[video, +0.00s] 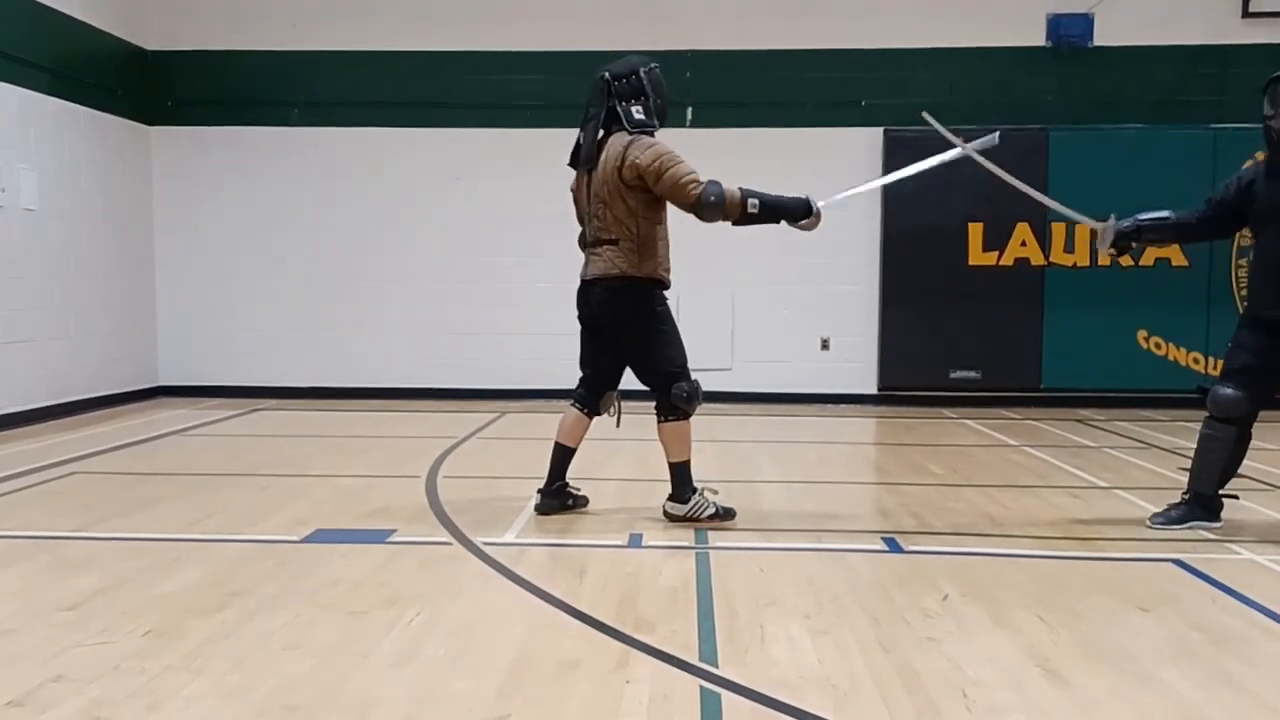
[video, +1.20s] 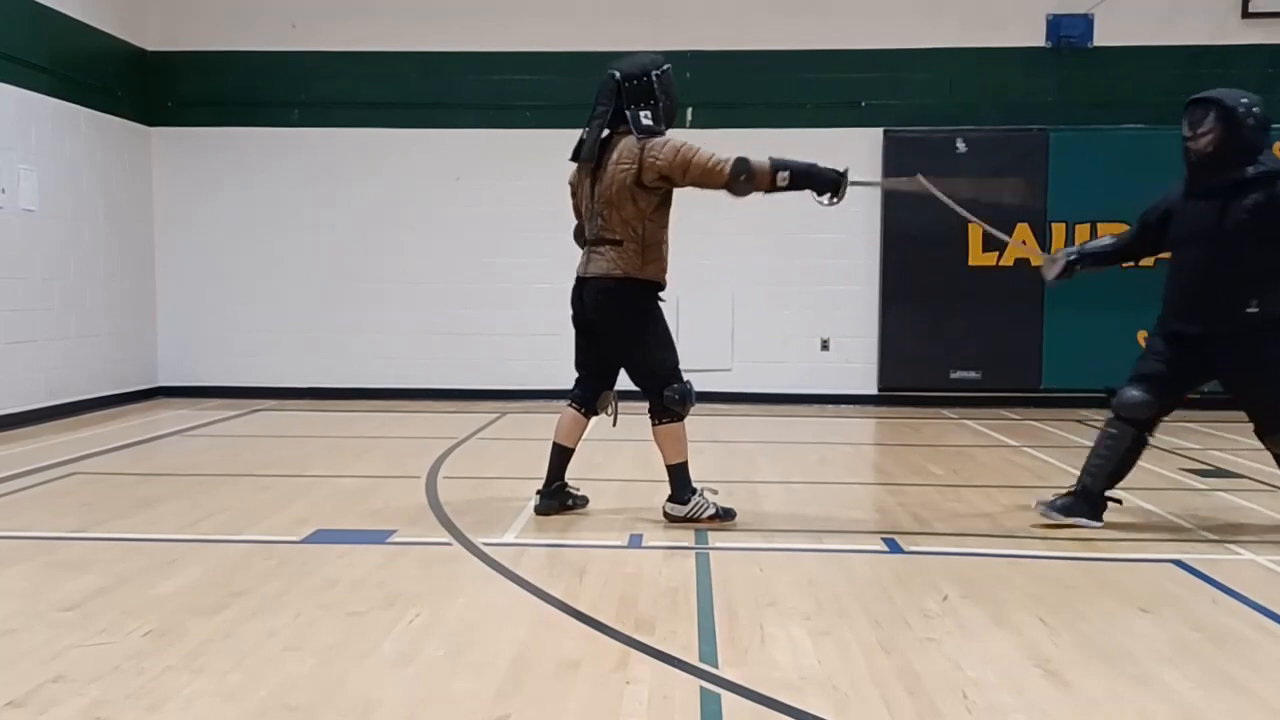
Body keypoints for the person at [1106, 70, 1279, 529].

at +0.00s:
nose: (1274, 124)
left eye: (1277, 116)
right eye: (1272, 115)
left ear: (1277, 123)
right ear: (1266, 121)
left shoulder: (1263, 180)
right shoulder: (1261, 177)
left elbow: (1210, 219)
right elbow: (1210, 219)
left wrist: (1136, 229)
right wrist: (1135, 228)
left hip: (1270, 319)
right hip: (1264, 315)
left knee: (1234, 398)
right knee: (1230, 398)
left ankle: (1203, 499)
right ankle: (1202, 500)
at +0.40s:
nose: (1253, 128)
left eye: (1265, 117)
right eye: (1248, 118)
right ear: (1240, 126)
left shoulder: (1269, 184)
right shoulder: (1238, 190)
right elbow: (1174, 224)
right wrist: (1097, 223)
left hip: (1269, 322)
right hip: (1250, 320)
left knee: (1191, 388)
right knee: (1186, 389)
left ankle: (1143, 488)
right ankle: (1142, 490)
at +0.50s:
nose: (1220, 133)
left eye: (1234, 125)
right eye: (1218, 124)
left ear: (1263, 132)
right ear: (1211, 128)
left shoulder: (1271, 189)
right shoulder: (1211, 194)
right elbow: (1144, 225)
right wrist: (1069, 217)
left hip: (1270, 328)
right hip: (1223, 328)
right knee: (1165, 403)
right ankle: (1103, 491)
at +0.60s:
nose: (1179, 144)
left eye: (1193, 134)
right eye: (1178, 134)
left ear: (1224, 141)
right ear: (1171, 138)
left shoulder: (1261, 194)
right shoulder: (1166, 201)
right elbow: (1102, 219)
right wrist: (1036, 202)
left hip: (1251, 341)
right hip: (1179, 343)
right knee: (1124, 405)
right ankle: (1083, 500)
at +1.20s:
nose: (1193, 138)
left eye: (1207, 130)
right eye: (1194, 128)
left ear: (1239, 133)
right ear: (1192, 130)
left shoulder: (1268, 188)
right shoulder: (1190, 195)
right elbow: (1137, 240)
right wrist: (1076, 255)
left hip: (1252, 333)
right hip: (1184, 330)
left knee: (1274, 429)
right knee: (1134, 406)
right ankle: (1087, 496)